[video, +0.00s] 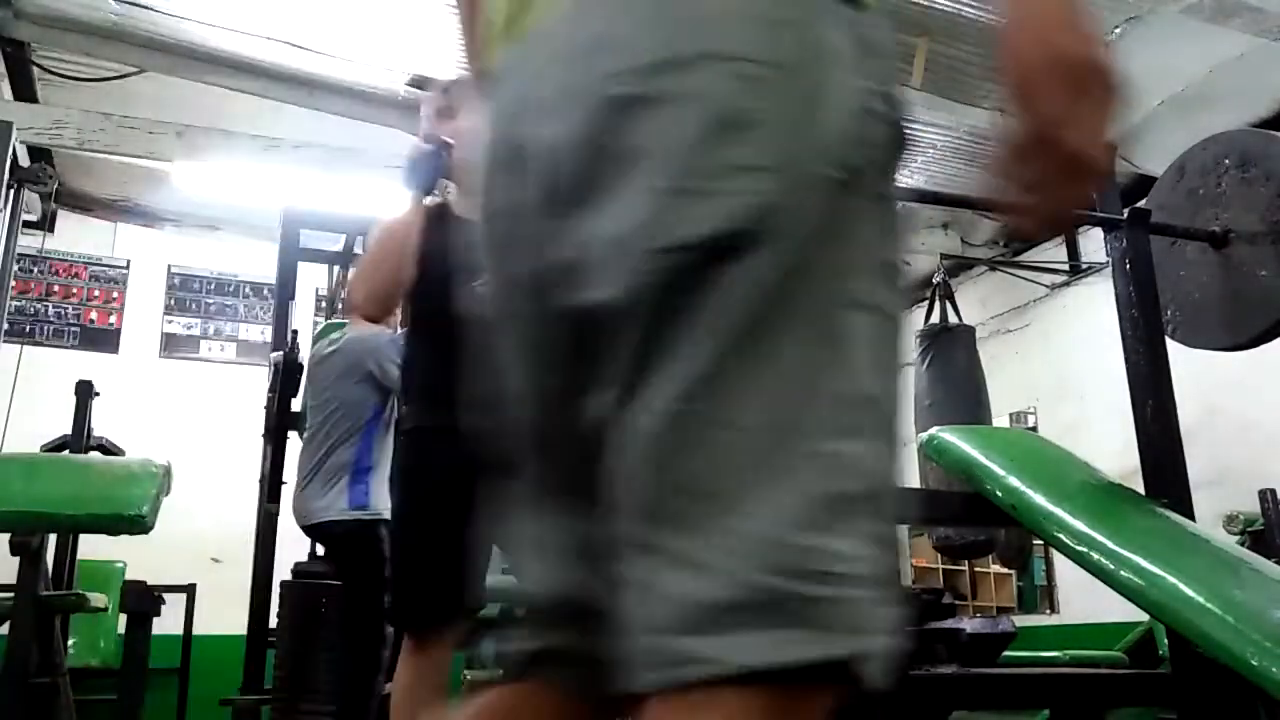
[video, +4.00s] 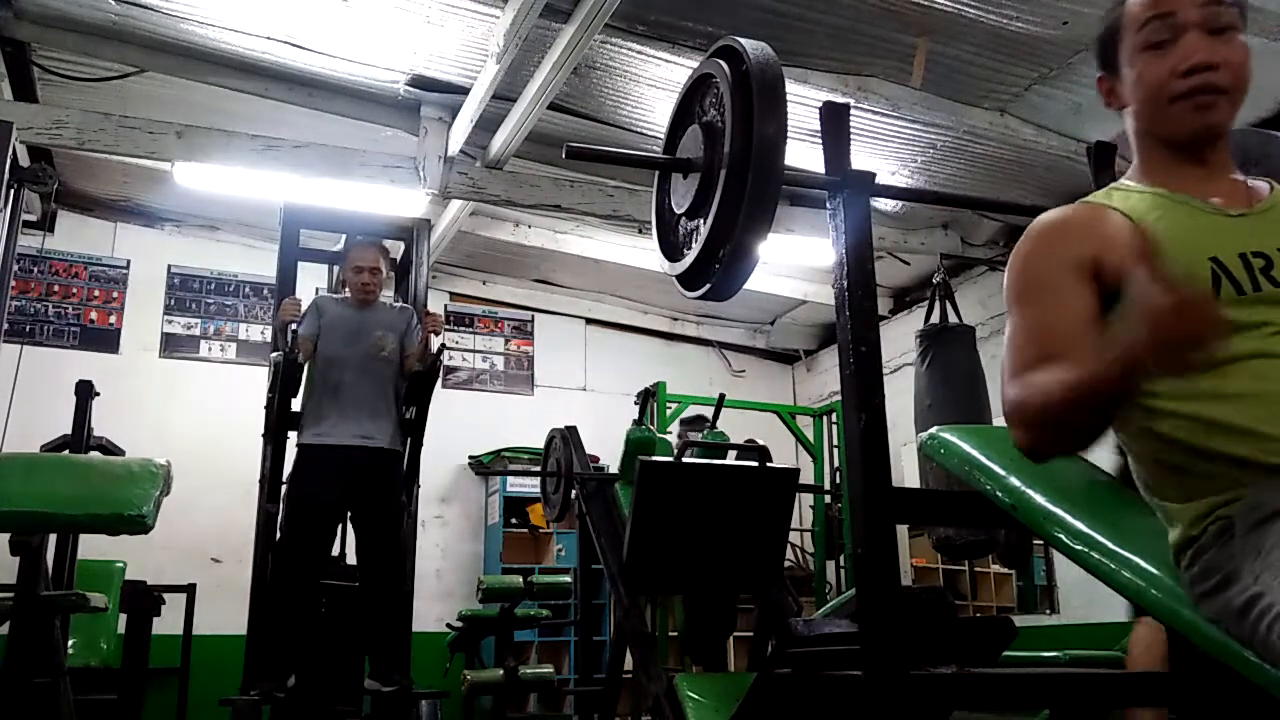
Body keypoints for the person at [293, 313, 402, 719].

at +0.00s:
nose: (400, 303)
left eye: (399, 294)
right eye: (399, 295)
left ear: (352, 297)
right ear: (393, 300)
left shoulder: (326, 343)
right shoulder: (376, 344)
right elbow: (428, 383)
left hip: (318, 506)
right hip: (355, 509)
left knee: (354, 619)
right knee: (370, 624)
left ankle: (347, 704)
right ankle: (359, 710)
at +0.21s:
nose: (389, 325)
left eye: (389, 319)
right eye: (388, 317)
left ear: (345, 318)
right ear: (378, 318)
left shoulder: (332, 361)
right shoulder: (353, 363)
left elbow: (379, 356)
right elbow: (426, 399)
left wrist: (417, 336)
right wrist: (428, 350)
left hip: (335, 520)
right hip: (347, 523)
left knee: (357, 626)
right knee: (365, 629)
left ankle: (340, 712)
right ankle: (347, 716)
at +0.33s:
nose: (393, 306)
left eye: (393, 299)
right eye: (392, 297)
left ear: (349, 295)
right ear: (379, 295)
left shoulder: (353, 339)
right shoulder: (346, 340)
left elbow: (382, 349)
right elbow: (398, 394)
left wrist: (414, 336)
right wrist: (422, 354)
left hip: (372, 498)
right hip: (347, 500)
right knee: (363, 605)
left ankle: (395, 672)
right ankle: (343, 709)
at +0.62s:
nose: (402, 279)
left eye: (404, 271)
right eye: (401, 269)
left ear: (376, 266)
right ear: (381, 264)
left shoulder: (376, 319)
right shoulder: (351, 308)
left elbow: (385, 379)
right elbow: (353, 367)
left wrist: (418, 349)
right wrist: (408, 348)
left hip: (384, 457)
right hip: (357, 455)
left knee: (419, 554)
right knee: (383, 550)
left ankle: (393, 669)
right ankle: (329, 675)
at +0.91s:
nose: (396, 276)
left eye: (402, 269)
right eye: (388, 266)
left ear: (405, 272)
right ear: (363, 262)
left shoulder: (401, 316)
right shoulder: (340, 303)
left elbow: (423, 370)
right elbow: (342, 359)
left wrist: (432, 342)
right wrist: (407, 343)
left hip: (393, 453)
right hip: (345, 448)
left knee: (402, 565)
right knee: (313, 553)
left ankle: (391, 673)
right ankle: (262, 663)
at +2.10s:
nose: (349, 280)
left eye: (359, 272)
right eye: (343, 272)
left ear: (379, 271)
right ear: (335, 272)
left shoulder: (401, 313)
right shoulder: (321, 310)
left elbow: (421, 372)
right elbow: (315, 355)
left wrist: (427, 342)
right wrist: (345, 313)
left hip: (381, 458)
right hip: (321, 455)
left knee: (390, 572)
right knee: (292, 564)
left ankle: (396, 672)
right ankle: (279, 670)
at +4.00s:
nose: (366, 278)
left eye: (374, 271)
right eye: (358, 270)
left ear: (386, 276)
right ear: (344, 274)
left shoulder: (403, 316)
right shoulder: (322, 308)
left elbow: (415, 378)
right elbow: (297, 357)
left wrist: (428, 342)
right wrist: (286, 328)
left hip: (379, 453)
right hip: (321, 449)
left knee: (383, 568)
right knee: (297, 561)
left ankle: (384, 670)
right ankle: (282, 670)